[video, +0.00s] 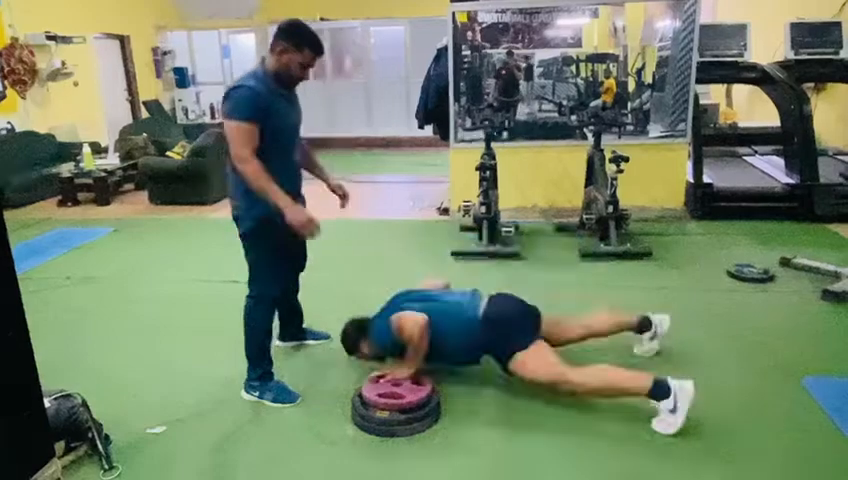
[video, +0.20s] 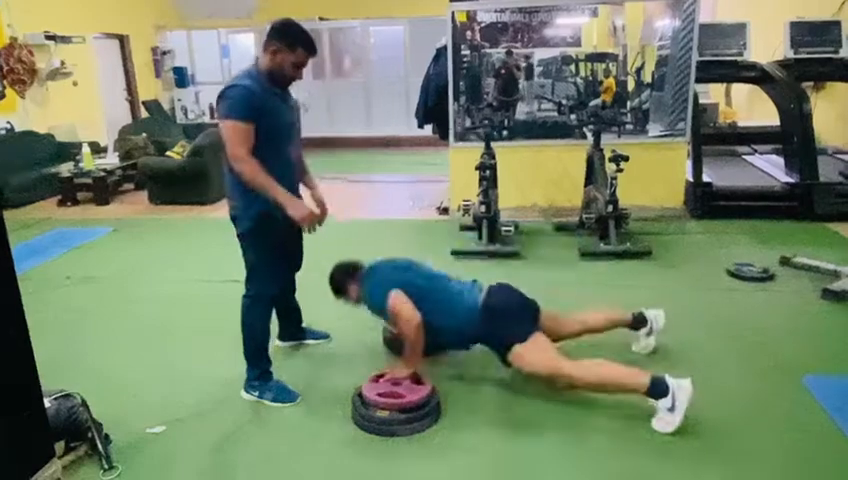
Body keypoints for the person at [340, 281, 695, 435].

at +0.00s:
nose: (367, 360)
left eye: (362, 356)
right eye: (363, 357)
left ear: (364, 343)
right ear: (369, 325)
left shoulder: (383, 329)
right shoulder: (398, 302)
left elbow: (417, 324)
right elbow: (441, 284)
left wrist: (408, 365)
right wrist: (437, 315)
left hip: (496, 331)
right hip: (501, 303)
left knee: (564, 378)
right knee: (572, 330)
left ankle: (665, 390)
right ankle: (646, 323)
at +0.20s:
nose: (353, 302)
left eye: (348, 298)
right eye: (350, 299)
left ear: (351, 289)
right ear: (359, 272)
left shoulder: (376, 286)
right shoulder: (387, 268)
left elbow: (411, 320)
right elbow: (430, 312)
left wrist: (410, 368)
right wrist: (408, 338)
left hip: (491, 321)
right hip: (497, 296)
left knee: (561, 372)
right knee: (566, 326)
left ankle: (662, 389)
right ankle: (641, 319)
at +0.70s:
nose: (395, 267)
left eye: (390, 263)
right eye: (390, 264)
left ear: (391, 250)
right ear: (395, 239)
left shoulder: (417, 250)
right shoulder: (422, 233)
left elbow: (421, 316)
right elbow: (435, 292)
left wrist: (410, 365)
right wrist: (416, 322)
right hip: (536, 237)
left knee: (549, 340)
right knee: (558, 299)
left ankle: (643, 376)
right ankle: (626, 315)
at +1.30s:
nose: (469, 197)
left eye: (467, 189)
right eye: (464, 191)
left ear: (479, 178)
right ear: (482, 174)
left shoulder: (510, 197)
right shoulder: (507, 184)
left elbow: (529, 262)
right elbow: (524, 241)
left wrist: (506, 314)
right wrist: (501, 274)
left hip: (601, 246)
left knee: (537, 308)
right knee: (531, 288)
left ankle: (581, 382)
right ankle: (572, 346)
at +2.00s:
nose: (504, 72)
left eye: (504, 63)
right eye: (501, 65)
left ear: (521, 52)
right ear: (526, 50)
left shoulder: (553, 79)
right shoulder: (549, 75)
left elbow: (556, 146)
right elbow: (544, 140)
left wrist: (513, 193)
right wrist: (512, 170)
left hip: (567, 199)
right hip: (563, 196)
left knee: (572, 290)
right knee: (569, 281)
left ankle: (585, 378)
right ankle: (576, 347)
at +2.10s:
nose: (505, 68)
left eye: (506, 60)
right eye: (502, 61)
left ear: (522, 51)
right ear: (529, 49)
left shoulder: (553, 79)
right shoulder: (552, 73)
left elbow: (558, 147)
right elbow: (545, 141)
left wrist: (516, 193)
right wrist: (512, 175)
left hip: (567, 199)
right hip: (564, 197)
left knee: (572, 289)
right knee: (569, 281)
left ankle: (585, 377)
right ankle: (577, 346)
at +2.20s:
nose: (505, 64)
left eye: (506, 56)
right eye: (504, 56)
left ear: (521, 52)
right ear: (538, 44)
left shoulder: (552, 81)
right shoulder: (560, 72)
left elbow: (561, 147)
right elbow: (554, 142)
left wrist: (524, 198)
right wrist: (524, 176)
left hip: (566, 199)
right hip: (565, 195)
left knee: (572, 288)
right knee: (566, 280)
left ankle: (585, 378)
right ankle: (577, 345)